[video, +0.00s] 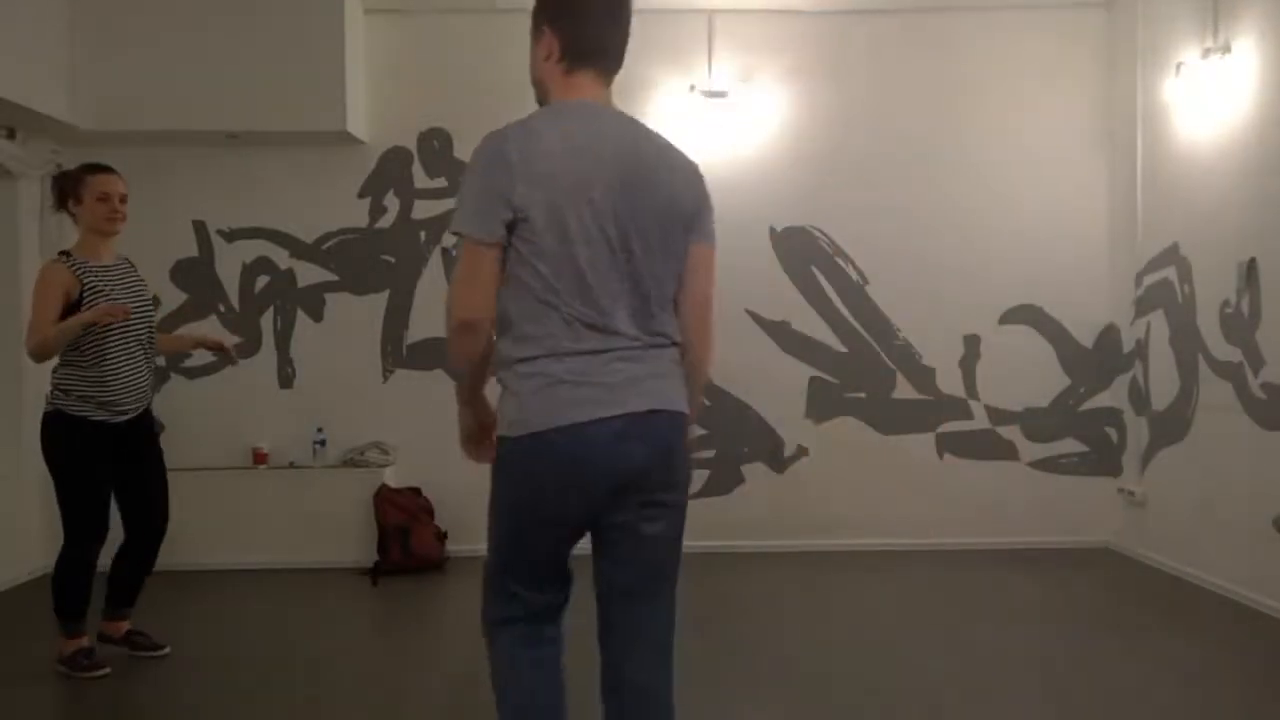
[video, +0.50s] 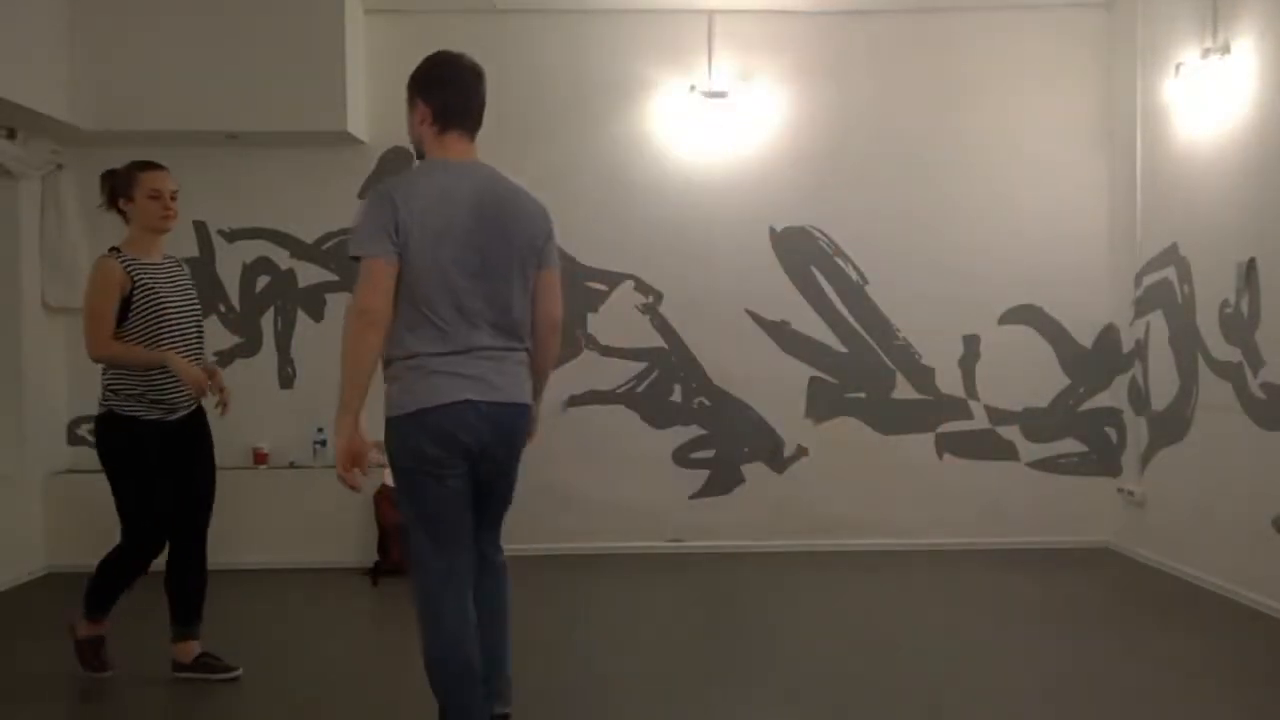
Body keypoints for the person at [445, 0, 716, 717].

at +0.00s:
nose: (531, 54)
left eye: (533, 38)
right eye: (534, 38)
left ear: (550, 45)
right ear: (617, 53)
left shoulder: (507, 153)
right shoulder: (677, 169)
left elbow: (471, 319)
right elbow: (696, 338)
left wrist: (471, 402)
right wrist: (674, 422)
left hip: (545, 433)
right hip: (655, 431)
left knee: (523, 617)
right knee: (641, 632)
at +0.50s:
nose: (410, 122)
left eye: (411, 111)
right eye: (413, 110)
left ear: (423, 113)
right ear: (478, 115)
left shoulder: (394, 193)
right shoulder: (528, 206)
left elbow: (371, 311)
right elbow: (549, 323)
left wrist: (348, 416)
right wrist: (531, 398)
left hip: (427, 413)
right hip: (508, 408)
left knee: (440, 568)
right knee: (485, 548)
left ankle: (463, 708)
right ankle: (494, 697)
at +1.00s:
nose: (332, 162)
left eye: (335, 151)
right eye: (333, 150)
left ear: (358, 151)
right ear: (388, 151)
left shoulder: (372, 220)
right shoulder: (422, 216)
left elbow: (371, 325)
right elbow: (404, 318)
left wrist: (333, 404)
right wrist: (341, 365)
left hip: (380, 405)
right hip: (434, 398)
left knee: (348, 540)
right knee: (423, 542)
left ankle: (359, 677)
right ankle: (421, 679)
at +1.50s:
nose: (273, 178)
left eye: (285, 168)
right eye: (269, 168)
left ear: (320, 169)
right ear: (268, 172)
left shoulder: (354, 239)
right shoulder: (297, 236)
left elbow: (373, 339)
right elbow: (277, 308)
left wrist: (339, 418)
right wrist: (202, 309)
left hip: (346, 406)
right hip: (306, 404)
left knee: (318, 520)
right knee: (289, 509)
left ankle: (339, 652)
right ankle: (373, 598)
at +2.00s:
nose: (299, 184)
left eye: (309, 174)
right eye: (288, 175)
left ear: (327, 181)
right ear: (276, 183)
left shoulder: (359, 249)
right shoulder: (259, 252)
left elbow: (389, 329)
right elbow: (239, 328)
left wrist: (370, 401)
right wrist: (173, 344)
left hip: (338, 414)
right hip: (275, 413)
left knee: (335, 530)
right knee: (274, 525)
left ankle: (337, 643)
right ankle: (282, 632)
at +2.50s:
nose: (319, 194)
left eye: (328, 185)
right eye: (309, 186)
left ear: (342, 194)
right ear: (293, 196)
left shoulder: (361, 259)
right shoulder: (267, 258)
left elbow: (381, 321)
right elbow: (225, 324)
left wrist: (385, 369)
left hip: (344, 406)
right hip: (285, 405)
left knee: (333, 511)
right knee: (292, 512)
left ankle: (318, 606)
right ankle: (287, 623)